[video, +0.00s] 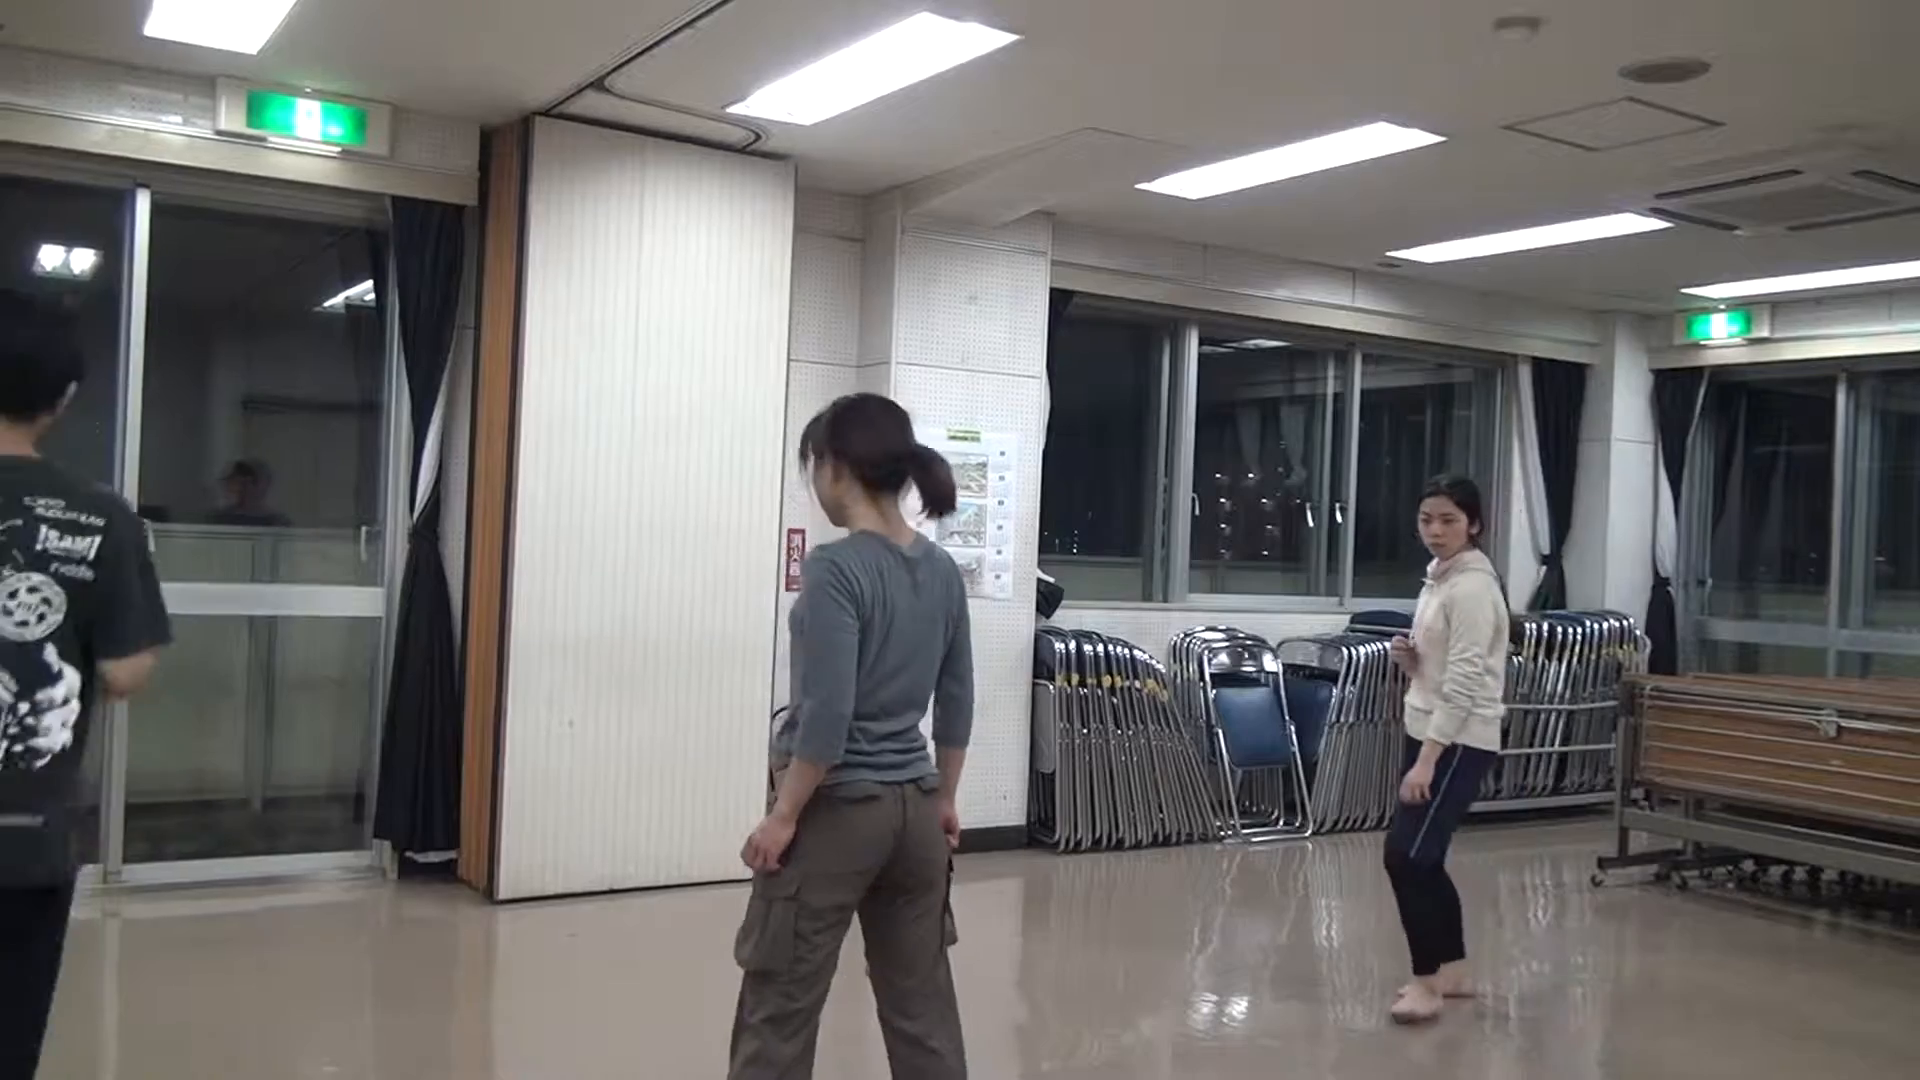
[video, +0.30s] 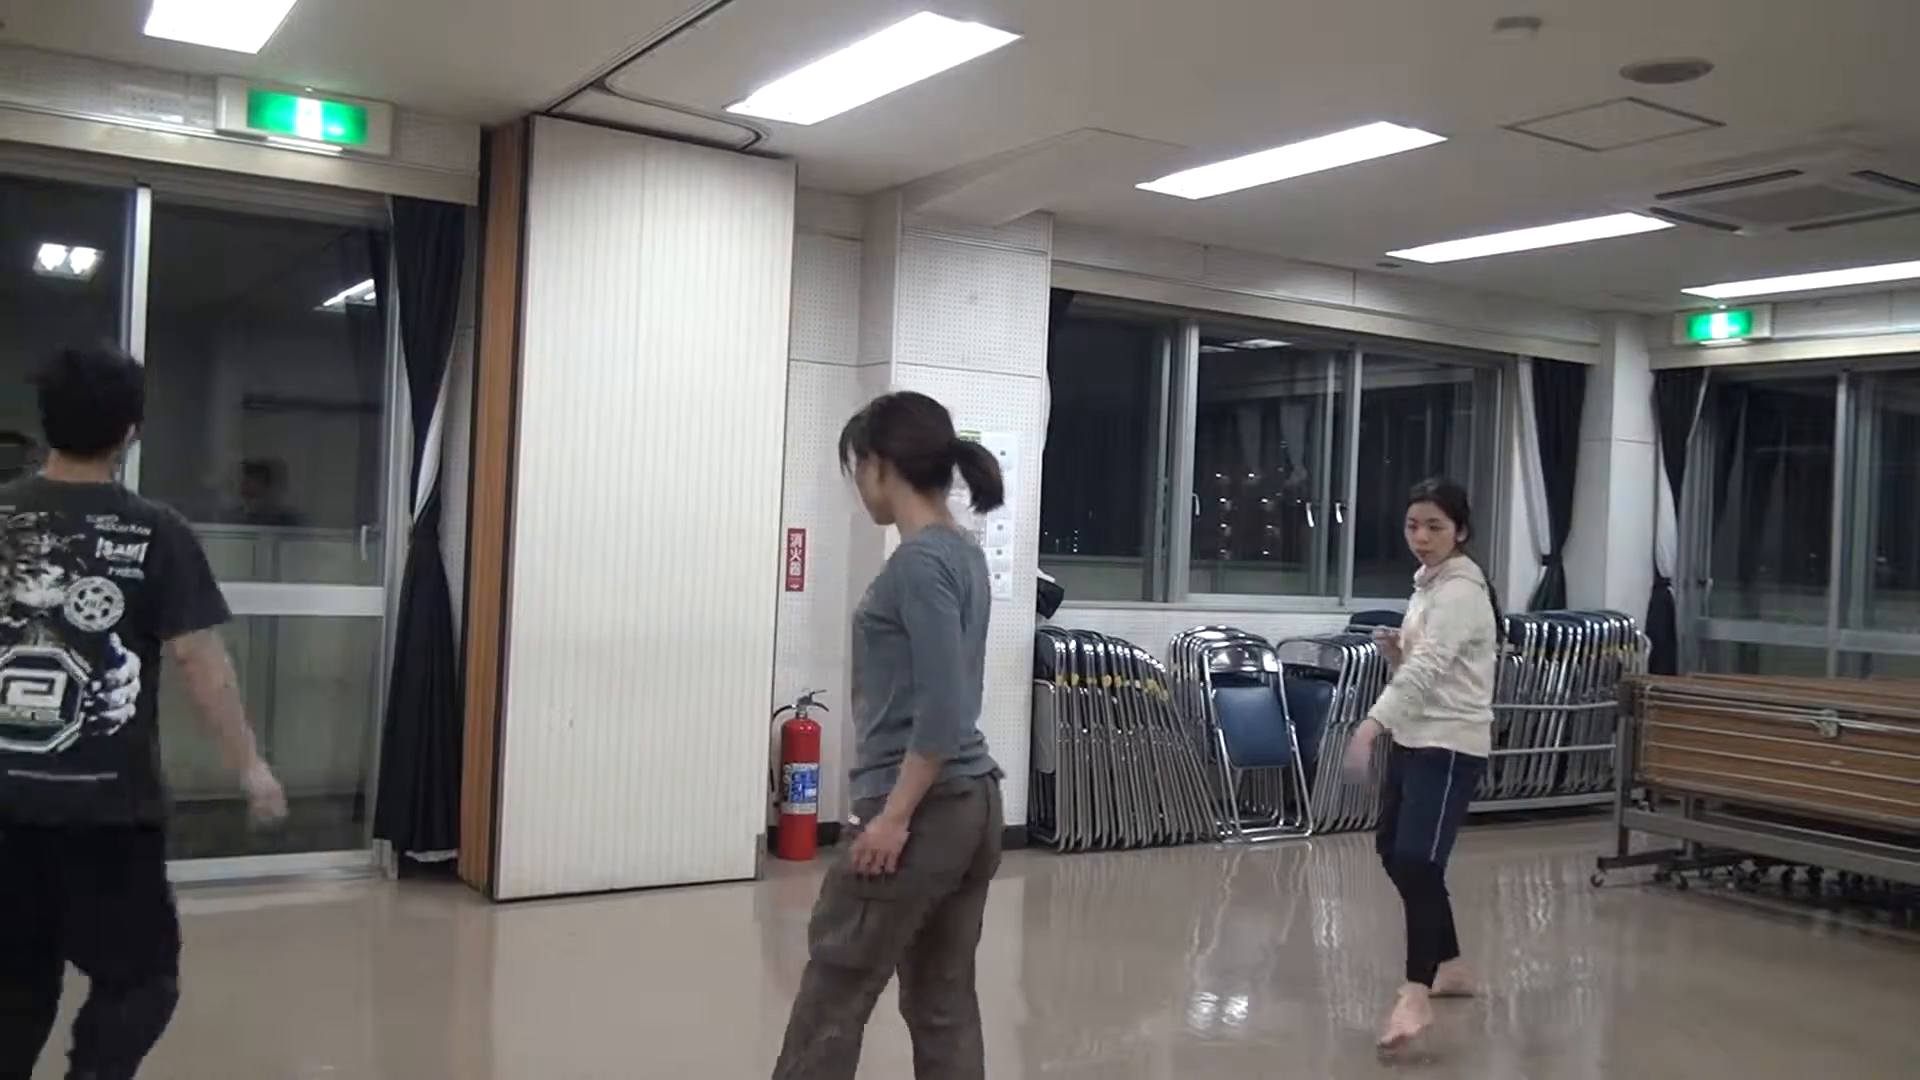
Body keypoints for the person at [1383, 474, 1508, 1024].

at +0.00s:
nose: (1434, 529)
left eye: (1446, 520)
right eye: (1427, 520)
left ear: (1472, 524)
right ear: (1421, 524)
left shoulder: (1473, 586)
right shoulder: (1441, 577)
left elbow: (1465, 683)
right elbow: (1438, 668)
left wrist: (1427, 760)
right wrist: (1412, 657)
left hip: (1463, 741)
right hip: (1437, 733)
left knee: (1405, 853)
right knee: (1420, 853)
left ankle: (1427, 980)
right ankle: (1453, 968)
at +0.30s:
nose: (1421, 536)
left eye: (1433, 526)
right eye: (1414, 526)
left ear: (1459, 531)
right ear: (1408, 530)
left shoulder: (1461, 589)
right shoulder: (1427, 584)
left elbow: (1428, 667)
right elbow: (1423, 670)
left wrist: (1373, 722)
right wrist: (1400, 655)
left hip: (1448, 743)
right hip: (1413, 737)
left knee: (1418, 861)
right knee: (1395, 851)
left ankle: (1414, 994)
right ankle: (1449, 965)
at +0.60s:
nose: (1424, 533)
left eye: (1436, 523)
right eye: (1416, 523)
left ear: (1464, 528)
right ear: (1409, 528)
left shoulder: (1468, 588)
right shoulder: (1421, 585)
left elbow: (1417, 643)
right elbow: (1383, 656)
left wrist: (1338, 629)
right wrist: (1391, 603)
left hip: (1446, 757)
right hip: (1411, 752)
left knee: (1413, 881)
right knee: (1404, 866)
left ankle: (1427, 1035)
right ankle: (1442, 964)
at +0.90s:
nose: (1422, 522)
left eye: (1434, 511)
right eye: (1416, 511)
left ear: (1465, 517)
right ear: (1409, 517)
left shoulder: (1472, 578)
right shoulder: (1417, 576)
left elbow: (1431, 632)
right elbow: (1375, 650)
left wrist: (1350, 593)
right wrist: (1395, 589)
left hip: (1451, 753)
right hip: (1409, 748)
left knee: (1418, 880)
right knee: (1399, 866)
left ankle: (1429, 1032)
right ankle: (1433, 988)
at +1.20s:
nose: (1427, 525)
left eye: (1439, 514)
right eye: (1420, 515)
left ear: (1469, 519)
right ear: (1413, 520)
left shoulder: (1476, 581)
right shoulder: (1421, 577)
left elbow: (1436, 637)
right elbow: (1380, 651)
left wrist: (1359, 599)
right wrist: (1400, 592)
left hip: (1450, 753)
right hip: (1410, 748)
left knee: (1421, 880)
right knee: (1413, 874)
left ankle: (1428, 1032)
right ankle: (1440, 987)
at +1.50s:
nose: (1430, 527)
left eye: (1443, 516)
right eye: (1424, 516)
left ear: (1473, 524)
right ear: (1417, 523)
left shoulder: (1478, 584)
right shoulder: (1425, 582)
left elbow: (1439, 637)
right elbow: (1381, 650)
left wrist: (1368, 601)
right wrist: (1406, 593)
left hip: (1454, 760)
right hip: (1411, 752)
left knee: (1423, 886)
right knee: (1397, 869)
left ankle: (1429, 1032)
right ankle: (1436, 993)